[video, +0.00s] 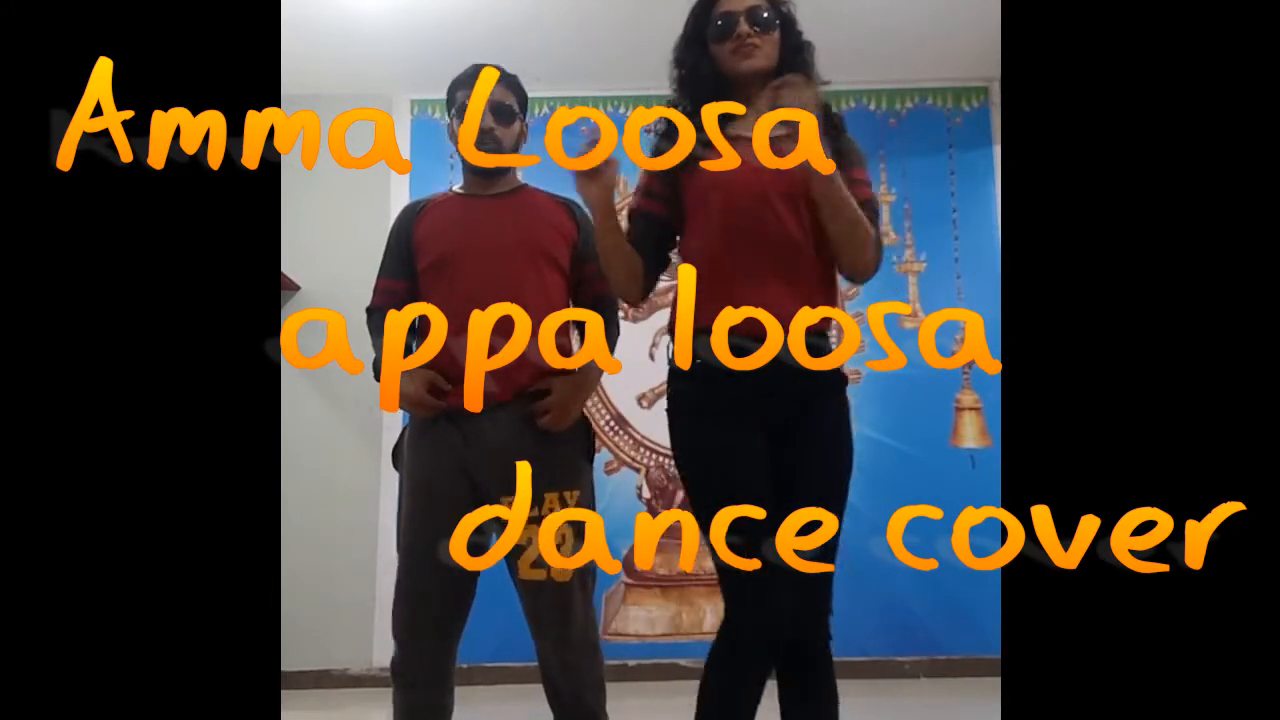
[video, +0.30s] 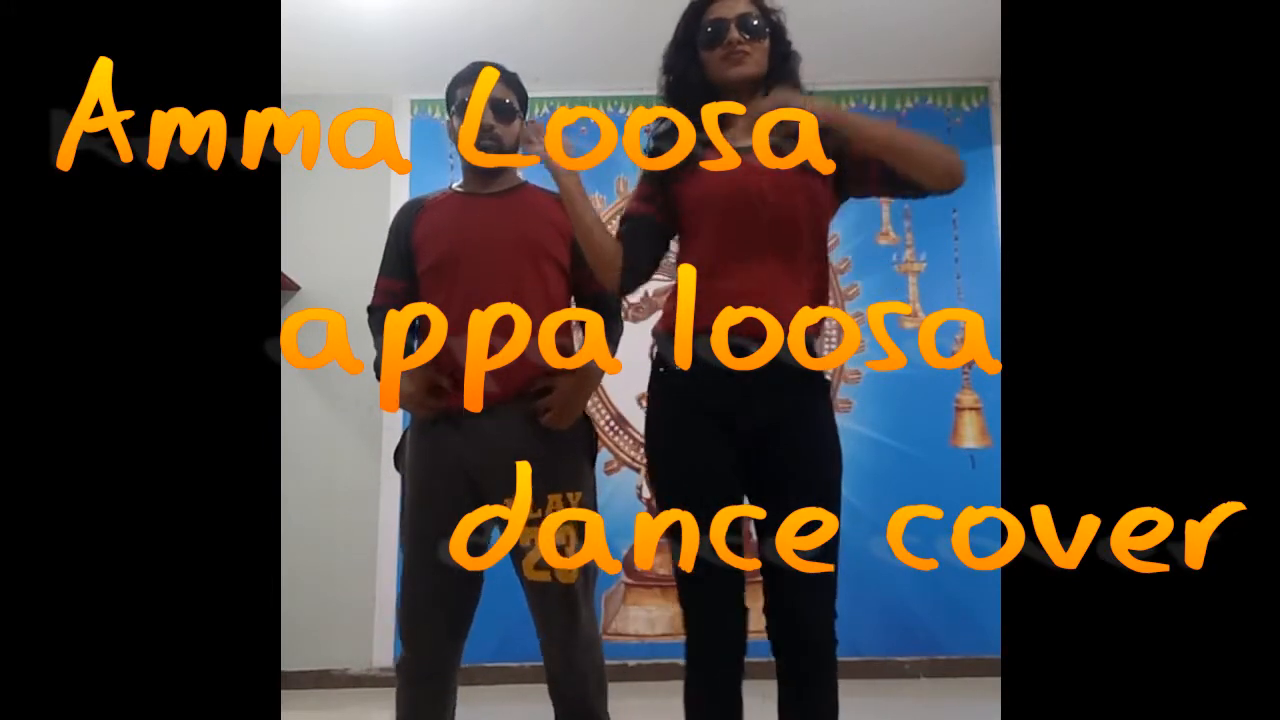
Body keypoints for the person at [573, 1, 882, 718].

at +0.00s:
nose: (744, 32)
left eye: (761, 18)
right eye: (724, 24)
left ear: (786, 34)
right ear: (702, 49)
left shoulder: (822, 131)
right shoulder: (682, 139)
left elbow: (862, 262)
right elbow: (632, 287)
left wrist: (813, 152)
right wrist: (600, 200)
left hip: (810, 388)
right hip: (711, 390)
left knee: (806, 612)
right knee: (756, 610)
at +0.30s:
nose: (735, 40)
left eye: (752, 27)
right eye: (714, 31)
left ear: (776, 47)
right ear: (690, 56)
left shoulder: (816, 141)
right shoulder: (677, 146)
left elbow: (947, 171)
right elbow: (620, 273)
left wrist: (821, 115)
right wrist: (563, 170)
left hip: (794, 394)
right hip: (691, 396)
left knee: (803, 618)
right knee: (712, 621)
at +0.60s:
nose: (737, 30)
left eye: (754, 18)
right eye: (718, 21)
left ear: (779, 39)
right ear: (696, 48)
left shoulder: (813, 135)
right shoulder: (669, 129)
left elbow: (932, 74)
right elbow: (678, 182)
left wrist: (867, 9)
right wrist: (680, 44)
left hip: (800, 390)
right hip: (692, 389)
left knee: (802, 598)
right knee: (662, 593)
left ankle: (802, 718)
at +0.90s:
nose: (744, 34)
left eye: (758, 20)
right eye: (722, 25)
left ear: (781, 41)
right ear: (701, 48)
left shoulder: (806, 136)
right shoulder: (686, 117)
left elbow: (891, 85)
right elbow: (777, 136)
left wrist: (816, 26)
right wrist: (816, 27)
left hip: (796, 377)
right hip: (698, 374)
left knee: (798, 604)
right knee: (649, 597)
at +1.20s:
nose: (747, 34)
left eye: (763, 22)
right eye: (725, 27)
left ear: (785, 46)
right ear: (706, 53)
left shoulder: (803, 131)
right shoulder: (701, 118)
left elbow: (888, 109)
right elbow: (824, 162)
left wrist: (818, 43)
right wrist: (873, 49)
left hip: (794, 378)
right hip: (701, 375)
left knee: (800, 605)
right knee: (654, 601)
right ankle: (585, 716)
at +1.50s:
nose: (752, 26)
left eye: (767, 14)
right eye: (730, 19)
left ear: (789, 34)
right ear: (709, 47)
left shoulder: (811, 125)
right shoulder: (710, 125)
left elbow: (897, 114)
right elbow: (834, 163)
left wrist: (827, 39)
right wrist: (884, 52)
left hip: (780, 370)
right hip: (693, 358)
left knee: (790, 598)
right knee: (641, 582)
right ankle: (583, 715)